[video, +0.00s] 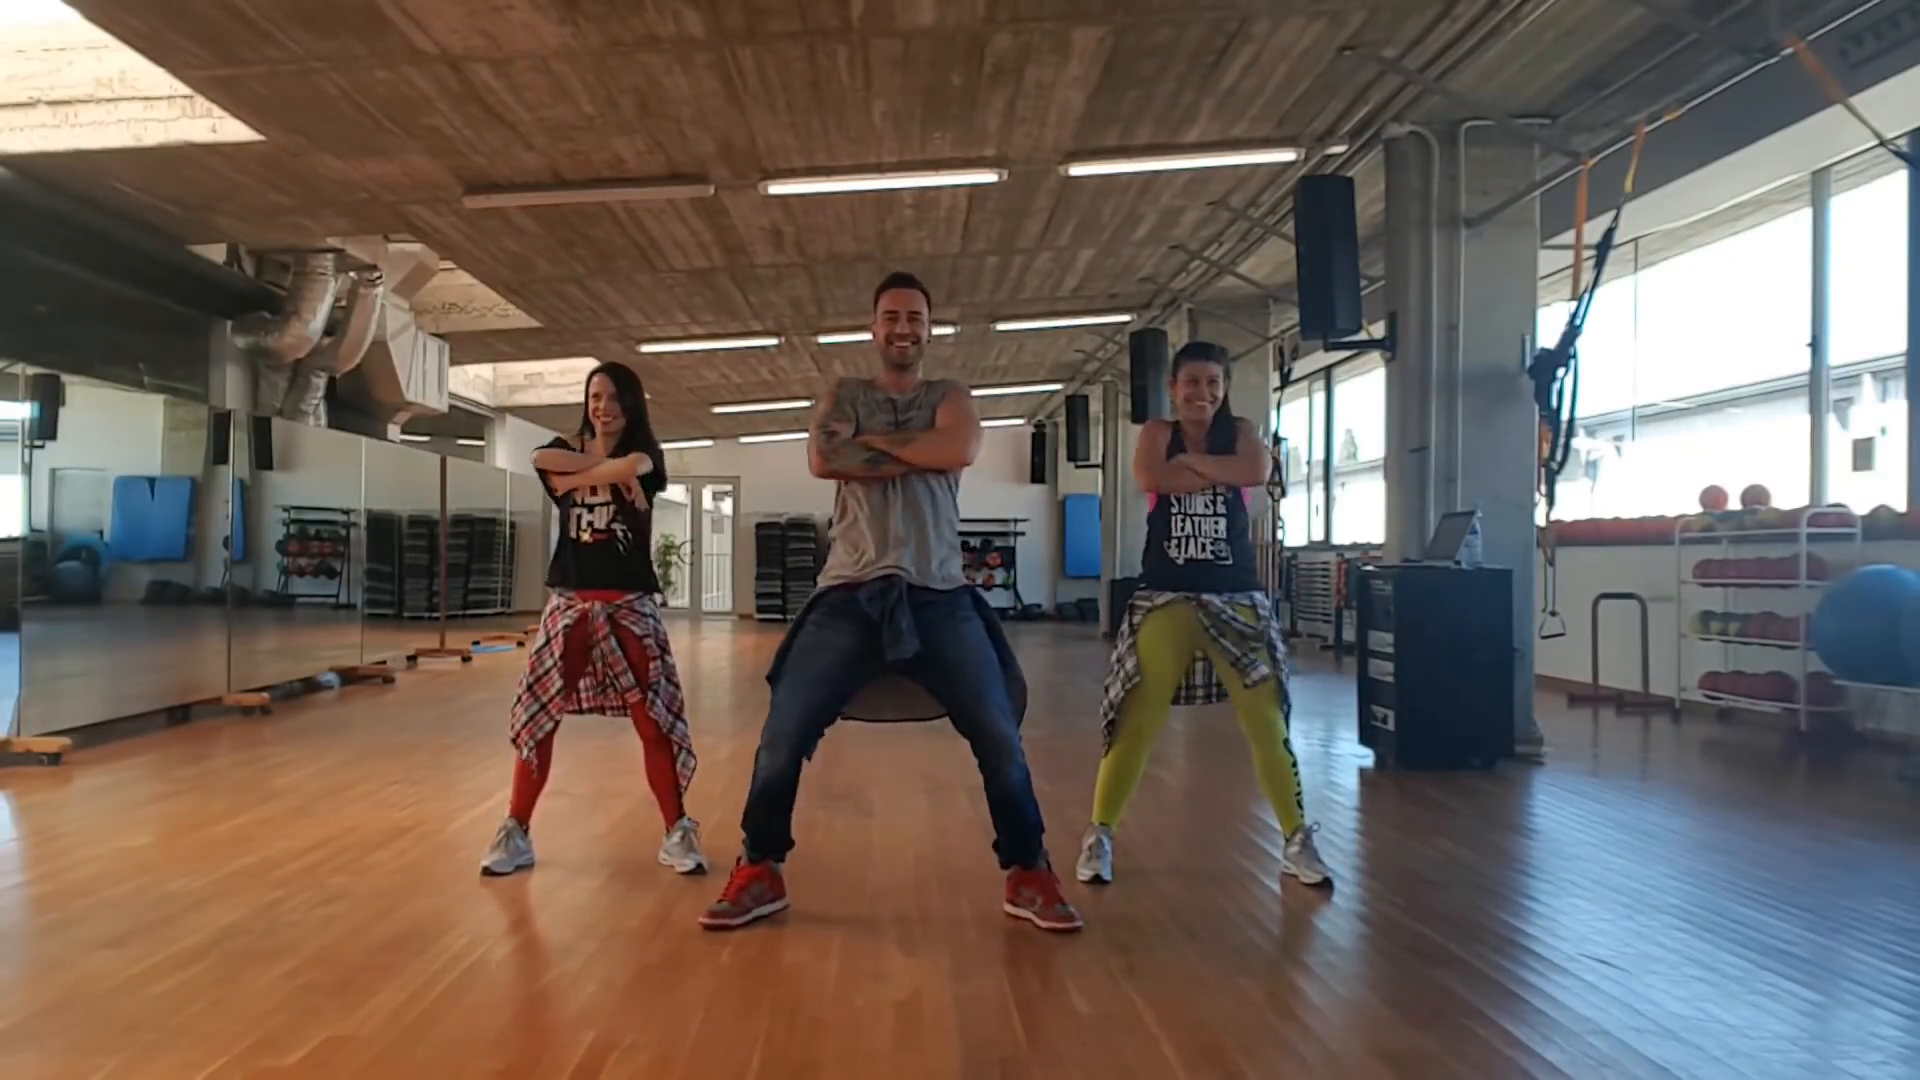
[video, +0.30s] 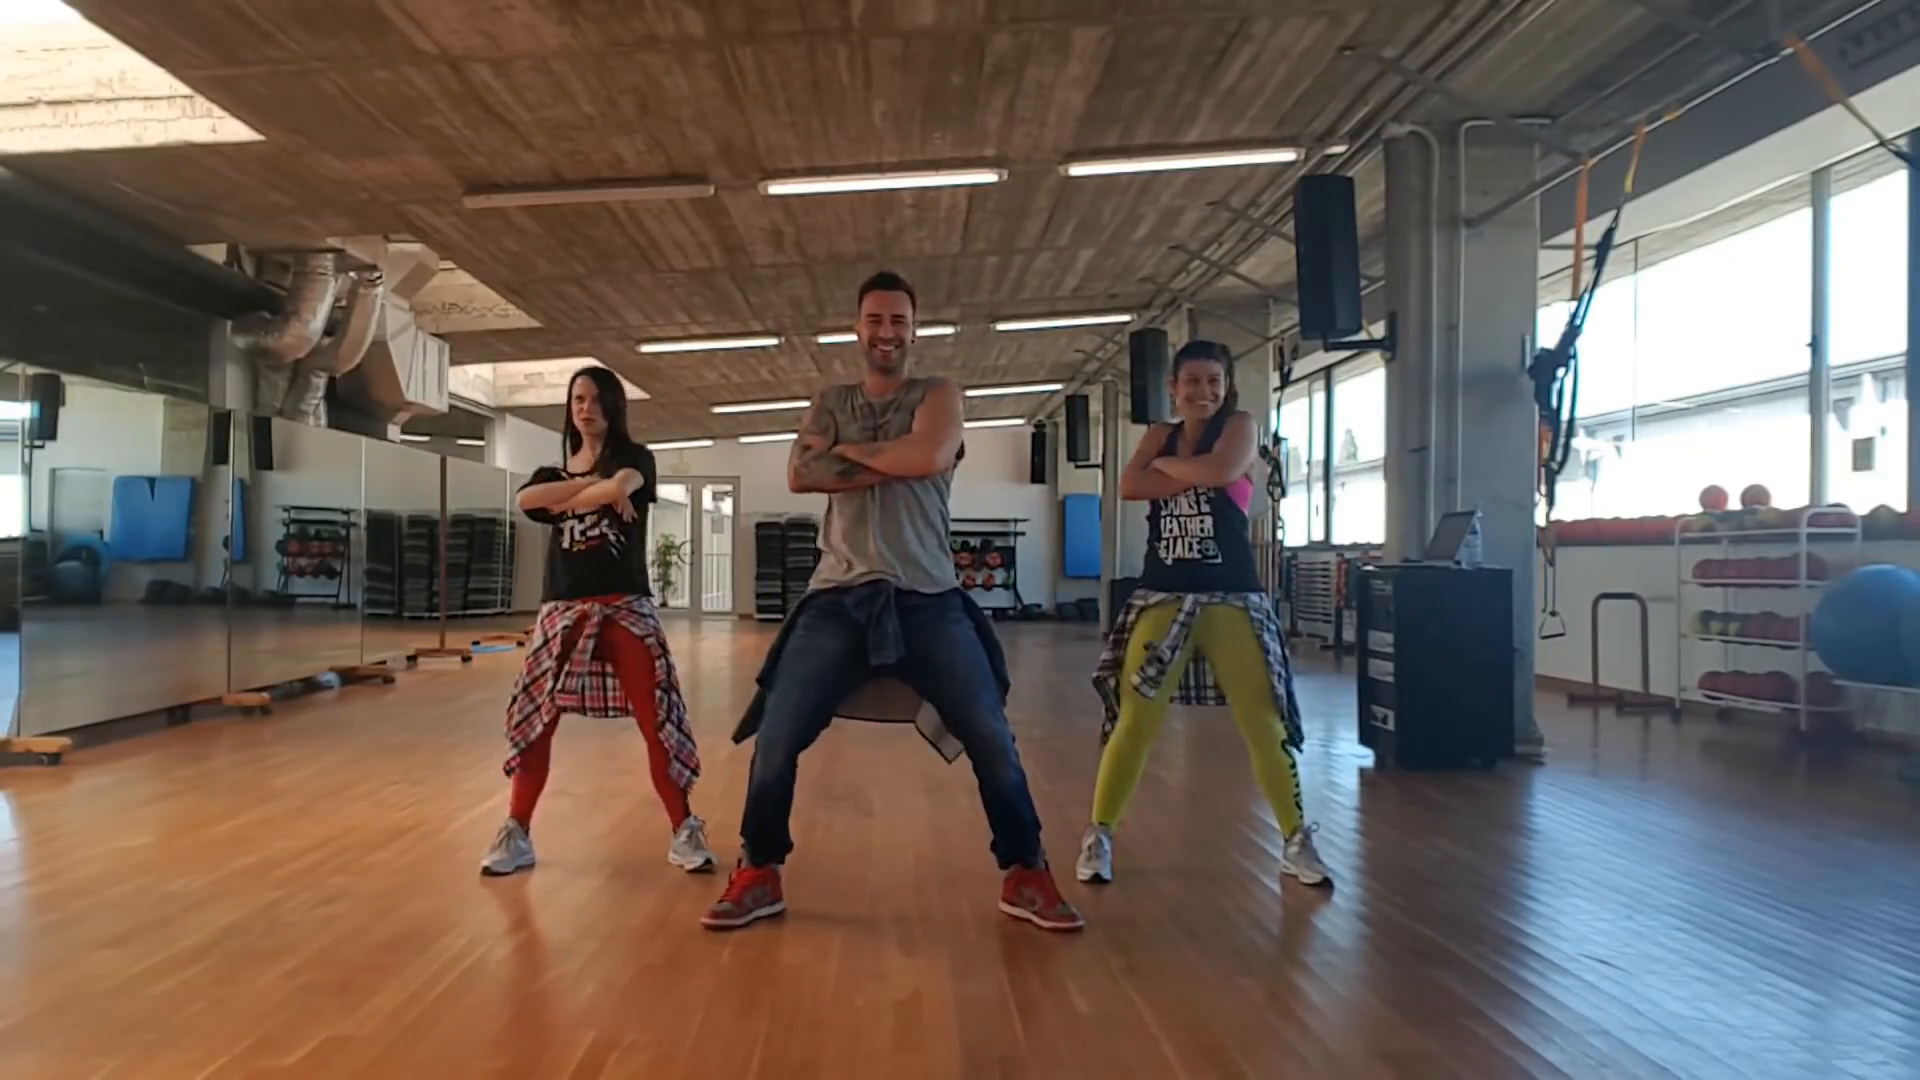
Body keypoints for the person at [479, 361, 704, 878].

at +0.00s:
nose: (602, 406)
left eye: (612, 398)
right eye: (595, 397)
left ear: (631, 405)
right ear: (586, 404)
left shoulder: (646, 455)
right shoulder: (567, 451)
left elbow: (629, 470)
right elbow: (541, 460)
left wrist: (573, 480)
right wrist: (601, 467)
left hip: (631, 602)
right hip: (569, 601)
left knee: (653, 720)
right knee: (537, 714)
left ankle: (678, 831)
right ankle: (516, 832)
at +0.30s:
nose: (585, 407)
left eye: (594, 399)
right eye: (578, 399)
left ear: (613, 406)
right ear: (568, 407)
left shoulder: (636, 457)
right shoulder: (555, 467)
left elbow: (614, 492)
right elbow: (526, 499)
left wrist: (558, 501)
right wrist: (598, 485)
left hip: (624, 602)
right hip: (563, 605)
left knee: (653, 715)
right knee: (537, 712)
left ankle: (685, 830)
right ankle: (516, 832)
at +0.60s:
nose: (619, 396)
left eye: (628, 389)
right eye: (612, 389)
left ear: (646, 400)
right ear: (601, 400)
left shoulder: (660, 462)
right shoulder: (580, 452)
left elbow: (655, 490)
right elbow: (569, 485)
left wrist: (591, 489)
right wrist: (639, 481)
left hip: (642, 604)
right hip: (580, 602)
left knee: (664, 721)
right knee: (543, 712)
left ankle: (687, 830)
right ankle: (521, 833)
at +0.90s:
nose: (610, 400)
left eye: (618, 393)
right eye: (603, 393)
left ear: (637, 403)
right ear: (592, 404)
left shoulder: (654, 457)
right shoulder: (572, 452)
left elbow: (638, 487)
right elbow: (553, 482)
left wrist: (579, 489)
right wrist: (628, 483)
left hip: (637, 603)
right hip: (575, 601)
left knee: (660, 719)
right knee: (545, 714)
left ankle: (686, 830)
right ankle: (519, 833)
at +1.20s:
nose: (582, 404)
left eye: (591, 396)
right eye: (575, 396)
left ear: (610, 404)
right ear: (565, 405)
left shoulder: (634, 455)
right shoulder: (555, 468)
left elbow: (621, 487)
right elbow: (533, 500)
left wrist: (564, 497)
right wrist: (604, 483)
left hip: (630, 600)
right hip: (570, 604)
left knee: (654, 718)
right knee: (547, 715)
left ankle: (686, 830)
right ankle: (519, 834)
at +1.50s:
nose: (619, 400)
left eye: (628, 392)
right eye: (613, 392)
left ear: (647, 400)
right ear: (603, 399)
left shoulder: (661, 458)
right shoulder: (585, 446)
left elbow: (663, 486)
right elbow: (570, 478)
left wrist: (597, 480)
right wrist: (642, 479)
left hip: (640, 601)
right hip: (579, 597)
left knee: (661, 719)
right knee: (545, 711)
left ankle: (687, 831)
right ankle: (519, 833)